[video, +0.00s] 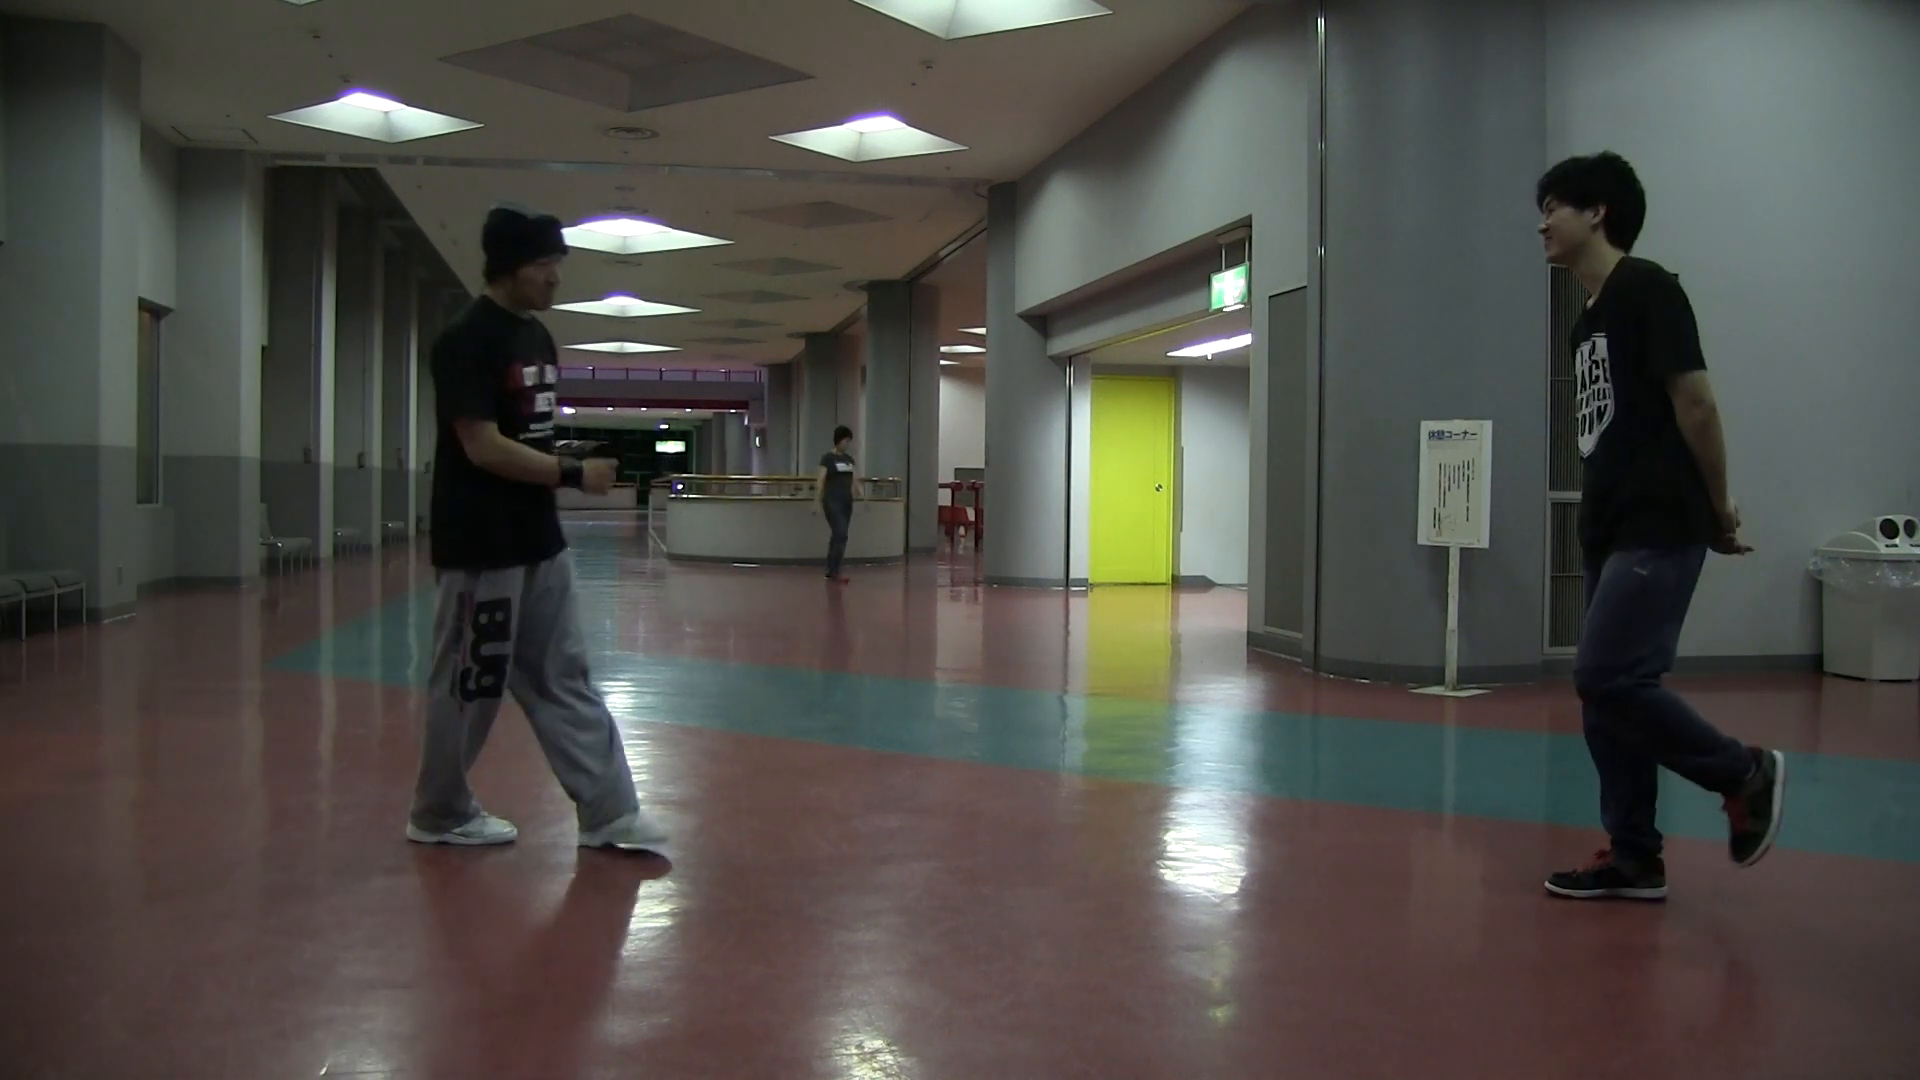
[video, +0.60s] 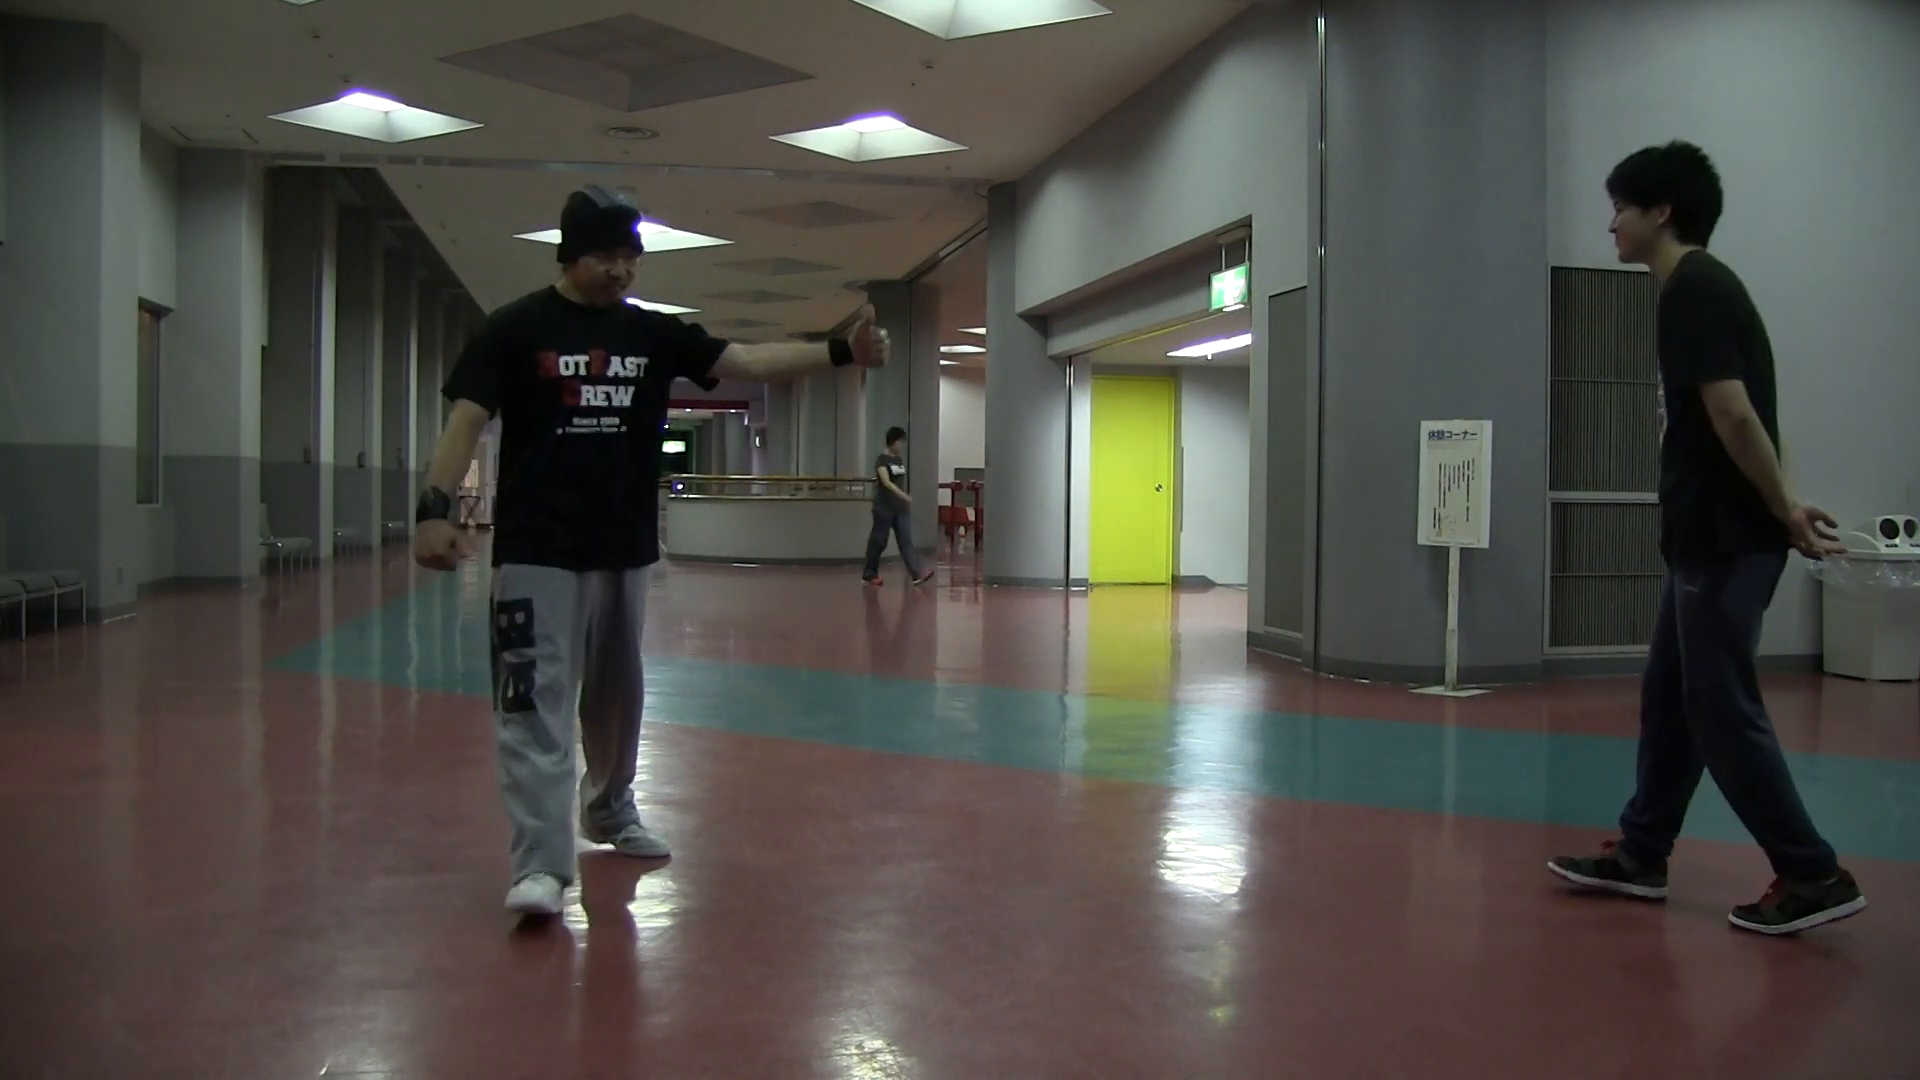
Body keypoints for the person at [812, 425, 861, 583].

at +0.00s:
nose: (847, 444)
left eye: (848, 441)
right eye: (846, 441)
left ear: (847, 442)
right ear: (838, 441)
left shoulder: (849, 460)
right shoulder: (828, 458)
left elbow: (852, 478)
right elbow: (820, 481)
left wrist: (858, 488)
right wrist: (816, 502)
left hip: (846, 501)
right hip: (831, 501)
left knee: (840, 534)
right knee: (839, 534)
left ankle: (833, 570)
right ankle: (832, 570)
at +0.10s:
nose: (857, 446)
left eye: (858, 443)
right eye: (854, 443)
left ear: (857, 444)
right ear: (846, 443)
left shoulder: (857, 461)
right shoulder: (836, 461)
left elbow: (864, 480)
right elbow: (823, 482)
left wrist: (877, 491)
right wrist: (816, 503)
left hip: (853, 504)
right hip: (840, 504)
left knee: (841, 539)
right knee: (849, 537)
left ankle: (832, 571)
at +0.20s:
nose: (866, 447)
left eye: (867, 444)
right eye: (863, 444)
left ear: (865, 445)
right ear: (855, 444)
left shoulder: (866, 462)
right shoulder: (843, 462)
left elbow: (874, 481)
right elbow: (832, 484)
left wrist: (887, 487)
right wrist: (822, 505)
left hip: (862, 505)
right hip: (849, 506)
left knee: (851, 540)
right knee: (860, 538)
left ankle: (835, 569)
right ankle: (868, 573)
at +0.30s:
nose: (875, 445)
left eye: (875, 442)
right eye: (873, 442)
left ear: (872, 443)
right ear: (864, 442)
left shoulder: (873, 461)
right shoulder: (853, 461)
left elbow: (881, 481)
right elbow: (844, 482)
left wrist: (893, 494)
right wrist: (840, 501)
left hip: (871, 504)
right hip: (858, 504)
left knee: (869, 537)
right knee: (867, 537)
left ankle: (847, 561)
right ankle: (869, 573)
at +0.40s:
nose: (884, 443)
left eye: (884, 440)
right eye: (881, 439)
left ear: (881, 441)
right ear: (873, 440)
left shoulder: (881, 459)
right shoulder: (862, 459)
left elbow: (886, 482)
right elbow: (857, 483)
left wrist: (894, 500)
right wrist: (860, 505)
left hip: (881, 504)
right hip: (867, 505)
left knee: (885, 537)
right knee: (869, 539)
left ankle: (867, 561)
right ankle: (869, 572)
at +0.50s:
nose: (892, 443)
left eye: (893, 440)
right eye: (890, 439)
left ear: (890, 440)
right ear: (882, 440)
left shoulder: (889, 458)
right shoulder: (872, 458)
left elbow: (891, 482)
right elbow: (871, 481)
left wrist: (897, 499)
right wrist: (883, 500)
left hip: (891, 503)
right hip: (875, 503)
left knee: (897, 536)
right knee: (872, 538)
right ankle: (869, 573)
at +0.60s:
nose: (902, 445)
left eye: (902, 442)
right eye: (900, 442)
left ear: (897, 443)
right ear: (892, 442)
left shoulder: (899, 460)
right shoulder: (882, 460)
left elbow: (898, 482)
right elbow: (885, 482)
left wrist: (903, 499)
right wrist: (904, 496)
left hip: (899, 505)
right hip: (884, 506)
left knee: (905, 541)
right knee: (878, 541)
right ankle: (870, 574)